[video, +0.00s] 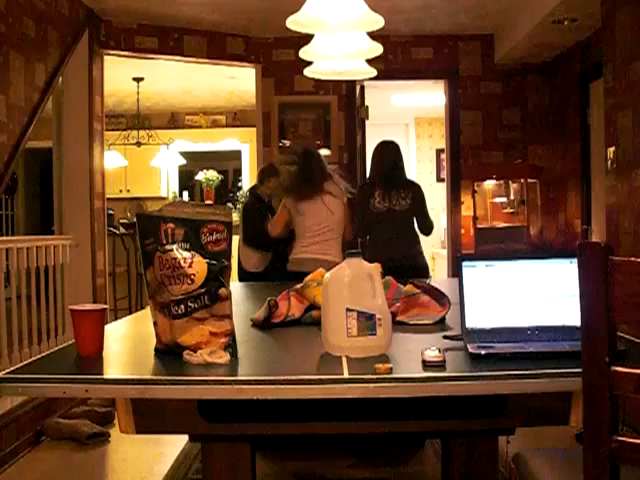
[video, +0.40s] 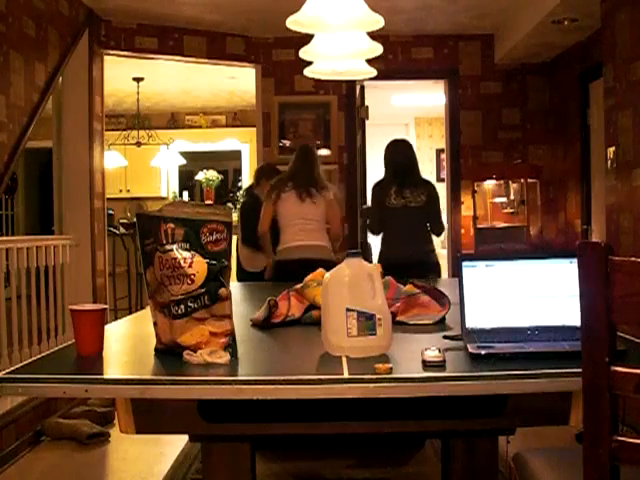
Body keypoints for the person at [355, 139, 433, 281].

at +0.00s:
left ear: (375, 161)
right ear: (400, 160)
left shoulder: (366, 190)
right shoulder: (412, 188)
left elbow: (361, 231)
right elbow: (426, 228)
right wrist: (414, 208)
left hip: (378, 261)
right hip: (410, 260)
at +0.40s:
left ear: (387, 160)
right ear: (413, 158)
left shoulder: (381, 188)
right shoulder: (427, 187)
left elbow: (376, 228)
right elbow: (438, 229)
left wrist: (369, 215)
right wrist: (423, 212)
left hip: (392, 260)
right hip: (424, 259)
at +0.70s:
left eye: (398, 156)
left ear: (399, 159)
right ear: (423, 157)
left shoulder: (395, 186)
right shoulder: (439, 184)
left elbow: (391, 227)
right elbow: (451, 225)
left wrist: (383, 216)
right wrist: (434, 209)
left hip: (408, 253)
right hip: (437, 252)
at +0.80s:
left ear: (401, 159)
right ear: (425, 157)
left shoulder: (396, 186)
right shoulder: (440, 184)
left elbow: (392, 226)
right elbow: (453, 224)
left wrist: (382, 217)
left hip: (409, 252)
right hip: (437, 249)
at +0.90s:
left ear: (401, 160)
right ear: (426, 158)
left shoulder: (394, 187)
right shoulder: (439, 185)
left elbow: (386, 225)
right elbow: (453, 225)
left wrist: (377, 219)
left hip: (408, 249)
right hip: (436, 247)